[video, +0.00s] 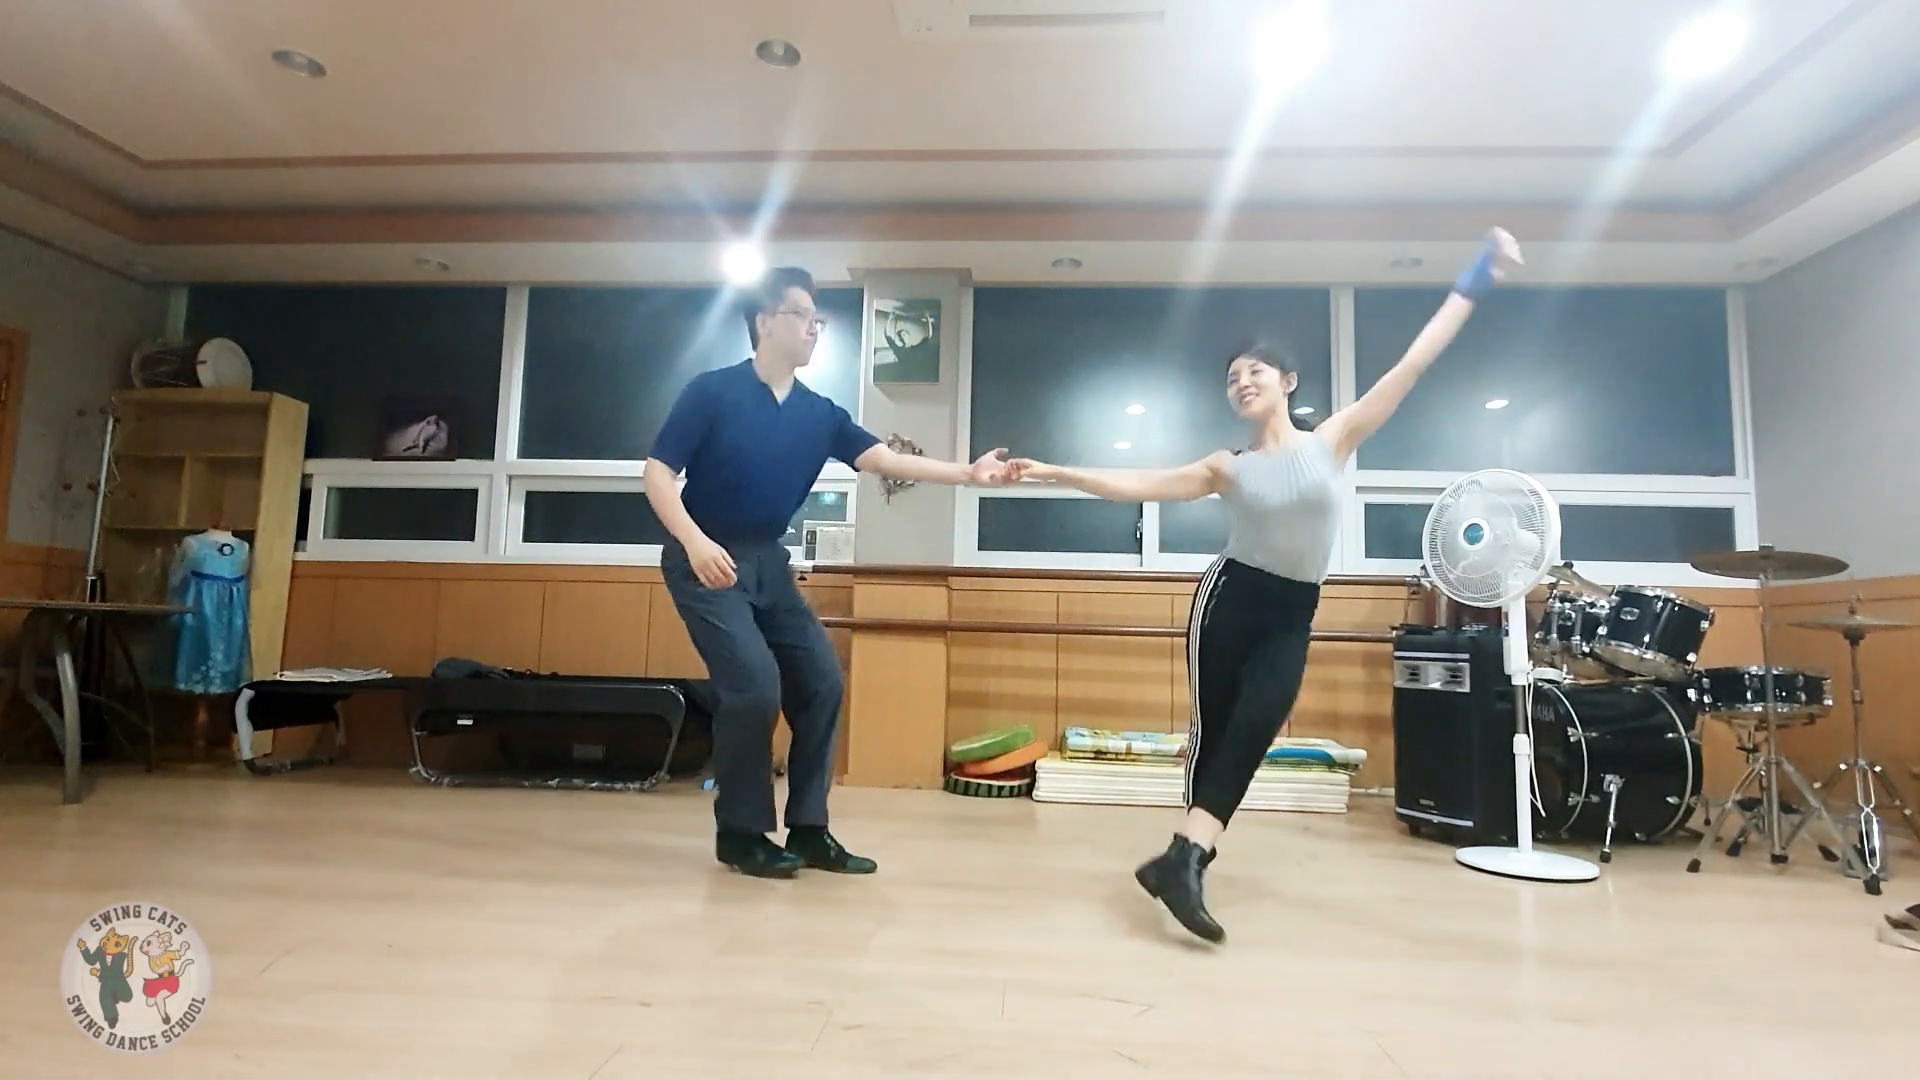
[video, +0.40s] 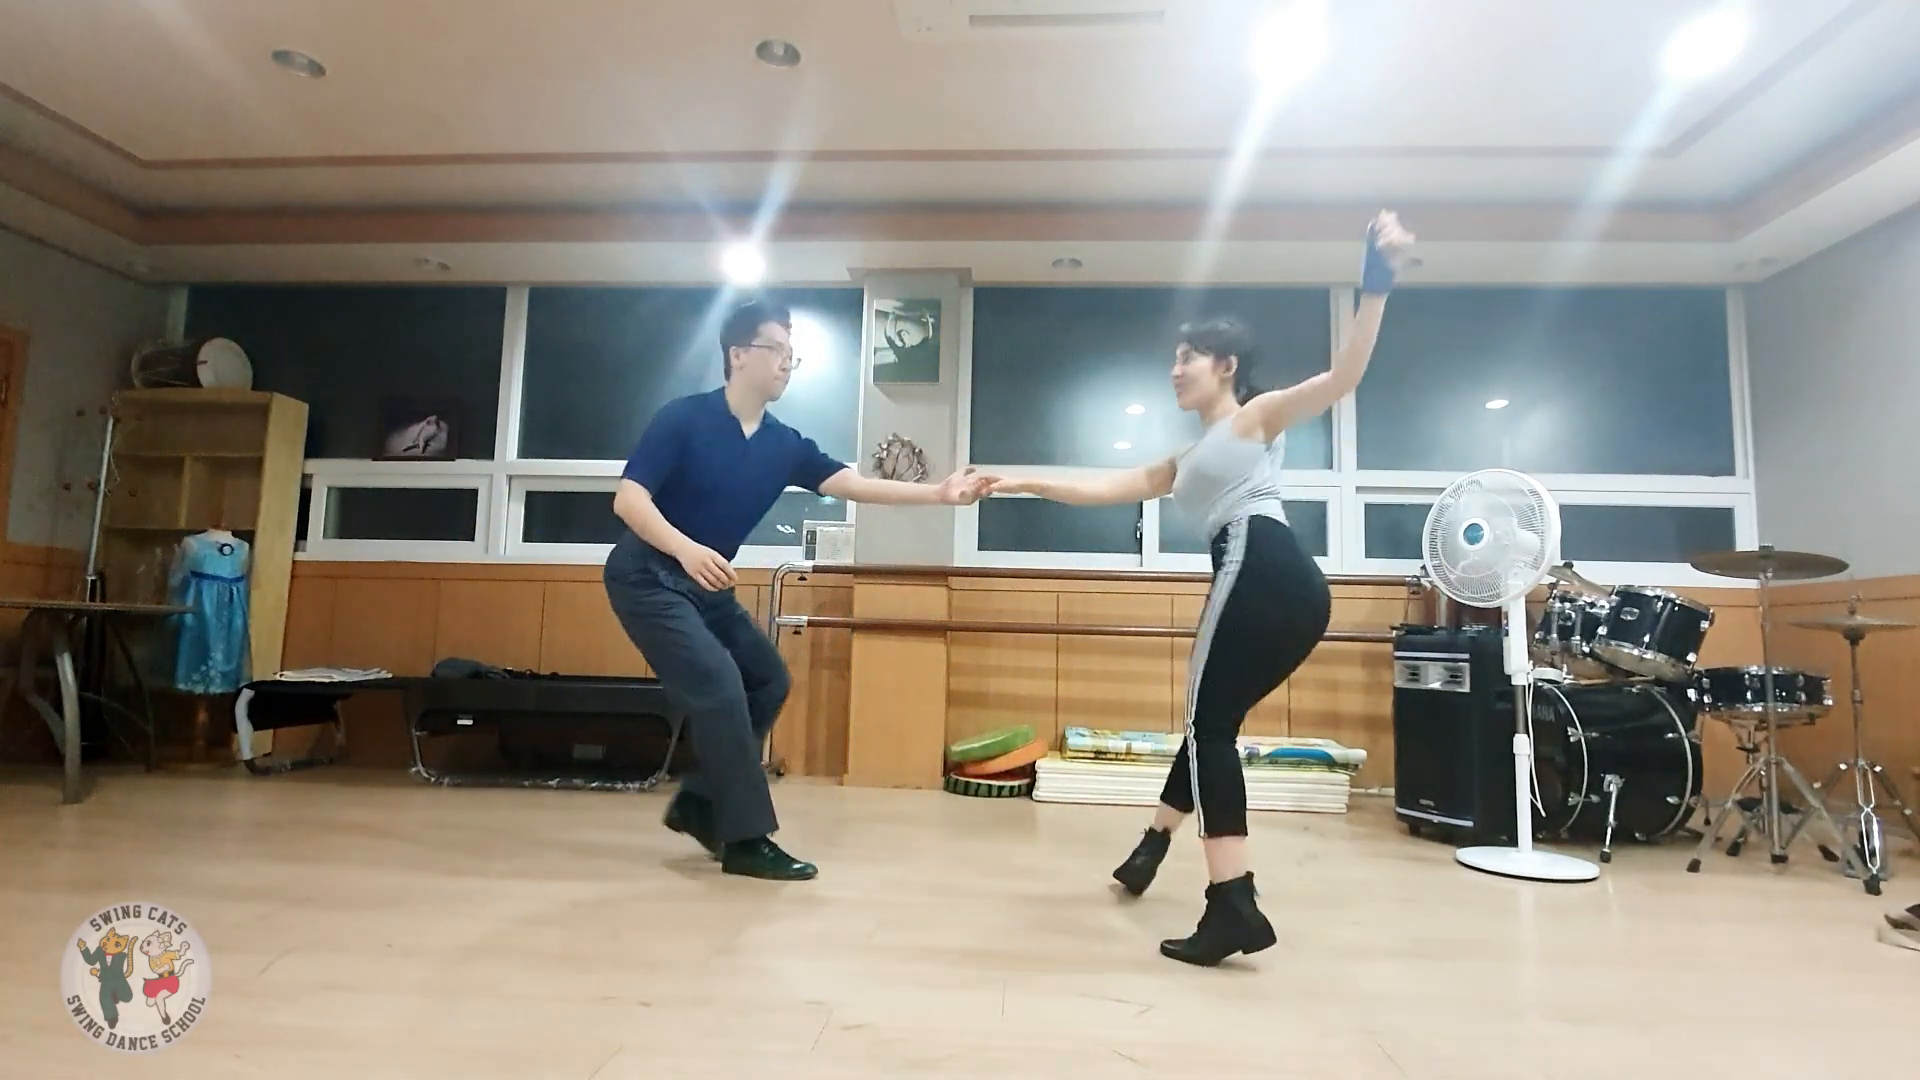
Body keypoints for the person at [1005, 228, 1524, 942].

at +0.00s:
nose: (1243, 381)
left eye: (1256, 370)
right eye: (1234, 377)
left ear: (1290, 383)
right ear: (1231, 398)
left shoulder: (1334, 439)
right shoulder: (1227, 467)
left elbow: (1415, 362)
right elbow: (1134, 485)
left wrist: (1473, 283)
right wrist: (1046, 472)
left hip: (1292, 612)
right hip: (1230, 599)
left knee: (1256, 726)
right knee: (1215, 728)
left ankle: (1182, 862)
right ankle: (1192, 861)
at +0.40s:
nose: (1177, 368)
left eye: (1191, 356)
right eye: (1176, 358)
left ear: (1228, 367)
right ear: (1185, 372)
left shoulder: (1254, 415)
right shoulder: (1182, 464)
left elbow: (1343, 377)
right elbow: (1096, 486)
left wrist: (1379, 279)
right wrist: (1012, 477)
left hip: (1261, 572)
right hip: (1291, 596)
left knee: (1212, 725)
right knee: (1207, 724)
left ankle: (1233, 901)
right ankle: (1151, 845)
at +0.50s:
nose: (1157, 380)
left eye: (1167, 368)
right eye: (1158, 369)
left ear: (1203, 374)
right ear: (1186, 378)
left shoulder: (1235, 427)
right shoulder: (1172, 463)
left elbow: (1311, 411)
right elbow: (1098, 491)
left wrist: (1342, 325)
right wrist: (1006, 486)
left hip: (1234, 570)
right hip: (1282, 604)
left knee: (1206, 733)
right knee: (1202, 729)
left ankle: (1240, 909)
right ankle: (1147, 855)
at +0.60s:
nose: (1135, 365)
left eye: (1145, 354)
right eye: (1136, 355)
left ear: (1179, 362)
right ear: (1163, 367)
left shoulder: (1212, 421)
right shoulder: (1149, 453)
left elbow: (1283, 423)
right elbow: (1072, 483)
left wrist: (1310, 341)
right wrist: (980, 480)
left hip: (1225, 576)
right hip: (1237, 592)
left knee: (1153, 719)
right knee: (1161, 721)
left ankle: (1222, 885)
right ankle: (1143, 855)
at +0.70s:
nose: (1110, 362)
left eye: (1119, 351)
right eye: (1112, 351)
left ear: (1154, 356)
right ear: (1142, 358)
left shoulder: (1192, 420)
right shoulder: (1120, 448)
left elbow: (1264, 430)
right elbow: (1043, 478)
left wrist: (1284, 354)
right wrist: (951, 476)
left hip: (1210, 587)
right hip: (1181, 590)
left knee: (1103, 693)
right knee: (1113, 701)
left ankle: (1153, 841)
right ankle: (1148, 842)